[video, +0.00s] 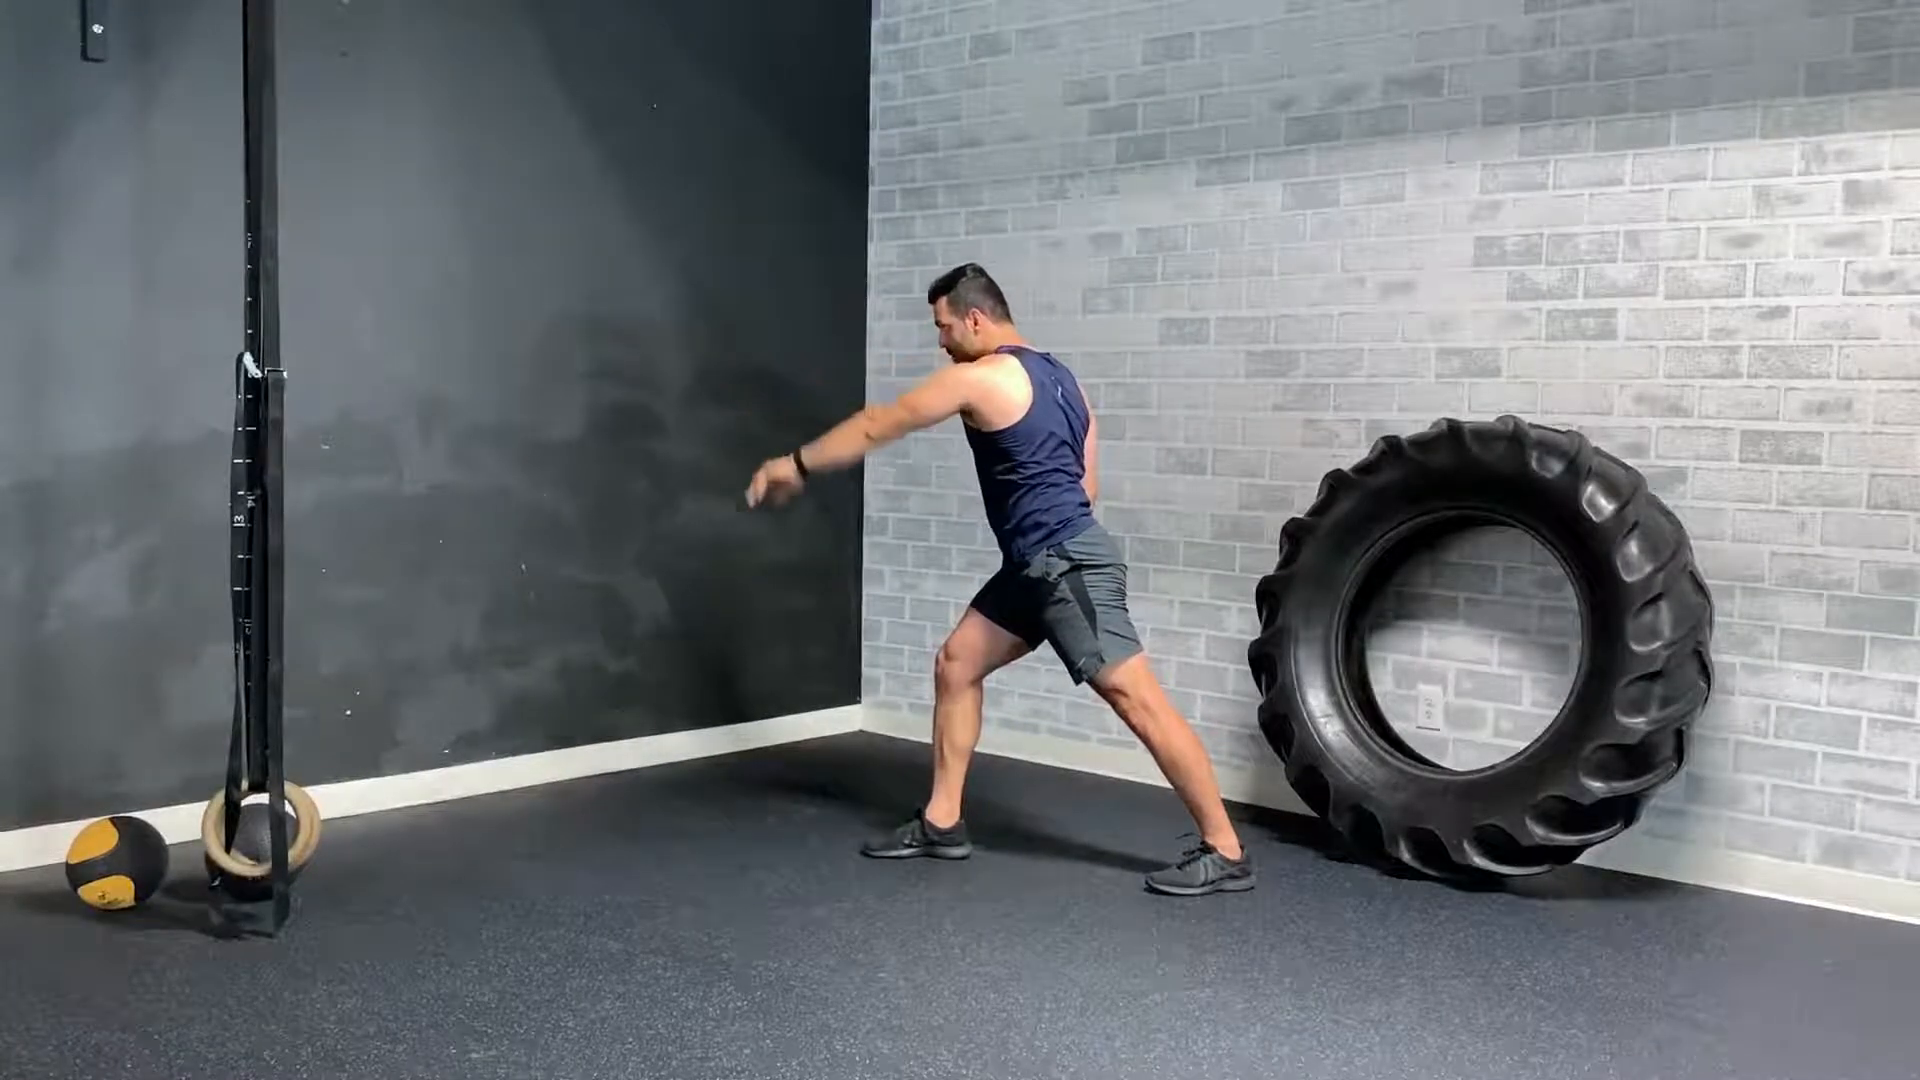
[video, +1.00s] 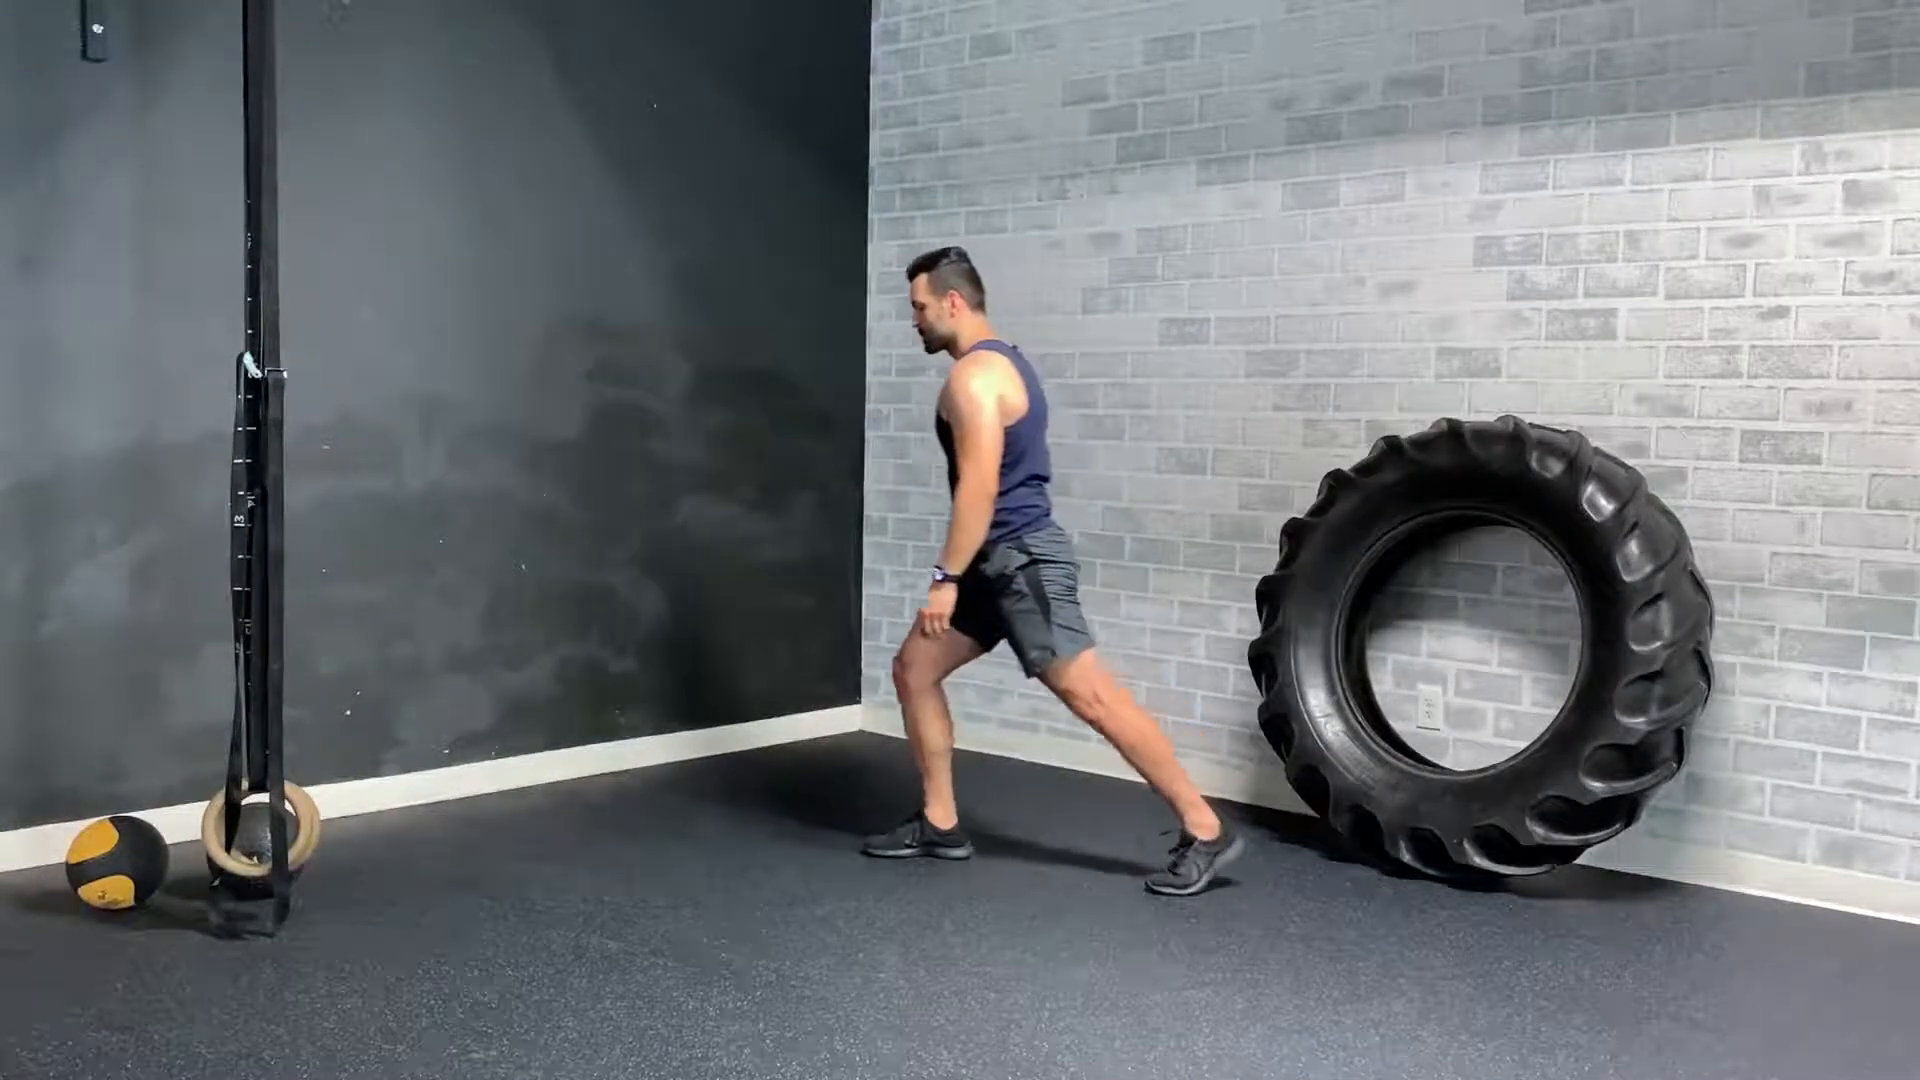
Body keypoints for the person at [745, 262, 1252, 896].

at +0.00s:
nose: (941, 342)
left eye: (943, 327)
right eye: (939, 330)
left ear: (973, 317)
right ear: (992, 315)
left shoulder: (975, 376)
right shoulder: (1060, 378)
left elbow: (877, 426)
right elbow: (1084, 489)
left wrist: (798, 463)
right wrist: (1044, 549)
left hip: (1067, 561)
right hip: (1049, 564)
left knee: (1139, 701)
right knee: (958, 662)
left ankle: (1225, 849)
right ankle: (942, 822)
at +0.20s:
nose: (957, 330)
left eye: (960, 316)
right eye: (955, 317)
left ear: (992, 309)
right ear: (1010, 310)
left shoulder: (1001, 381)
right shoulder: (1071, 375)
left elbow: (973, 496)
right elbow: (1091, 488)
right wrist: (1044, 547)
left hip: (1071, 561)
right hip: (1051, 563)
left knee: (1138, 702)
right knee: (960, 665)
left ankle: (1225, 848)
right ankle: (941, 824)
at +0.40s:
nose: (968, 318)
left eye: (973, 304)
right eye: (967, 306)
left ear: (1008, 300)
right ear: (1017, 301)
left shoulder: (1041, 374)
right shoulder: (1055, 362)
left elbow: (1076, 474)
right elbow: (1085, 470)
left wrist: (1079, 575)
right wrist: (1044, 564)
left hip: (1079, 562)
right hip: (1045, 562)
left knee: (1145, 702)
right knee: (969, 669)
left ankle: (1226, 849)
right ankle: (941, 824)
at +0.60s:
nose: (976, 318)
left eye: (981, 304)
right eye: (975, 306)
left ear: (1017, 298)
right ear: (1022, 300)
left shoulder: (1065, 375)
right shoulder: (1046, 370)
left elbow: (1093, 480)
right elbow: (1071, 482)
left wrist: (1081, 581)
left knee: (1157, 700)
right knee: (969, 669)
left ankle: (1226, 850)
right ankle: (941, 825)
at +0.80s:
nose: (962, 321)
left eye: (966, 307)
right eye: (959, 309)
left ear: (1001, 302)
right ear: (1008, 303)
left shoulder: (1040, 380)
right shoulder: (1037, 370)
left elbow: (1054, 489)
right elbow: (1041, 490)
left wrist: (1019, 583)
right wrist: (1002, 560)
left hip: (1080, 557)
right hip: (1046, 558)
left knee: (1150, 696)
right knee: (955, 669)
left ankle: (1226, 849)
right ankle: (942, 826)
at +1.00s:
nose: (913, 318)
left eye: (919, 305)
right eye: (912, 306)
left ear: (955, 303)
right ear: (963, 305)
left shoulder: (974, 378)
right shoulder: (1002, 363)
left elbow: (978, 491)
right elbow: (1008, 483)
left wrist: (946, 580)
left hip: (1025, 558)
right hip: (1001, 561)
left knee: (1094, 696)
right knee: (915, 671)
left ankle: (1205, 829)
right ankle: (939, 827)